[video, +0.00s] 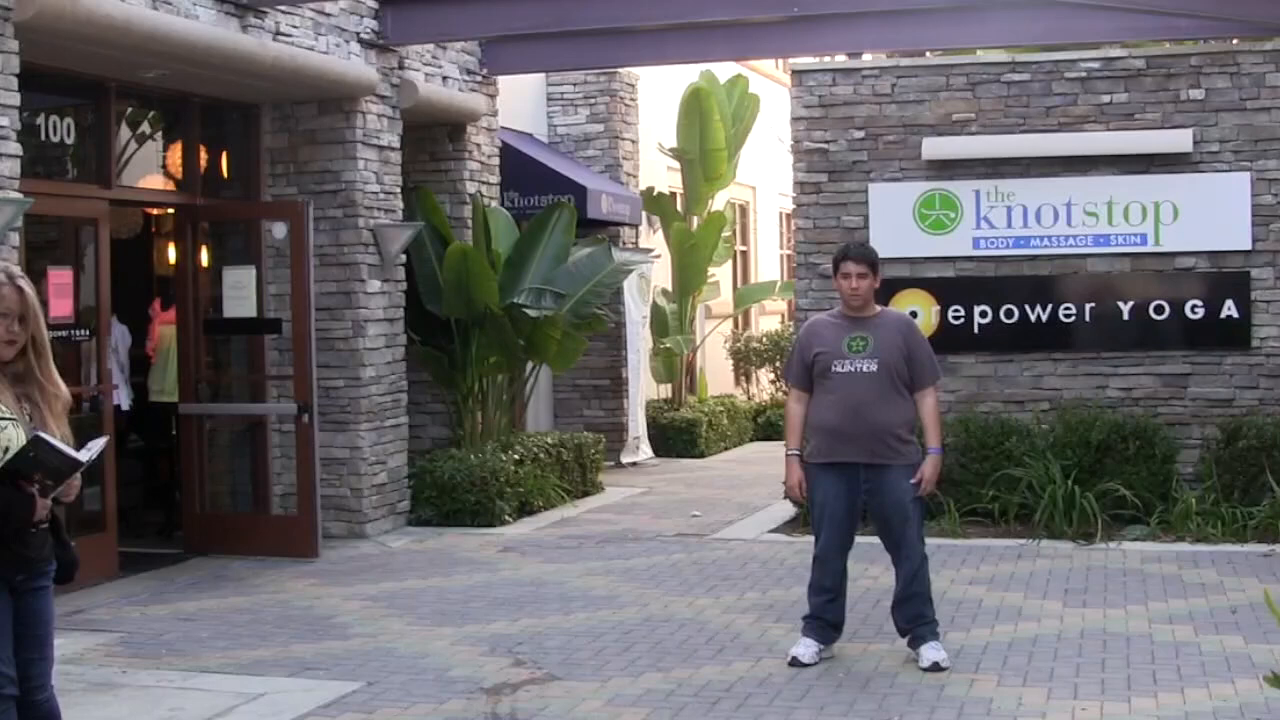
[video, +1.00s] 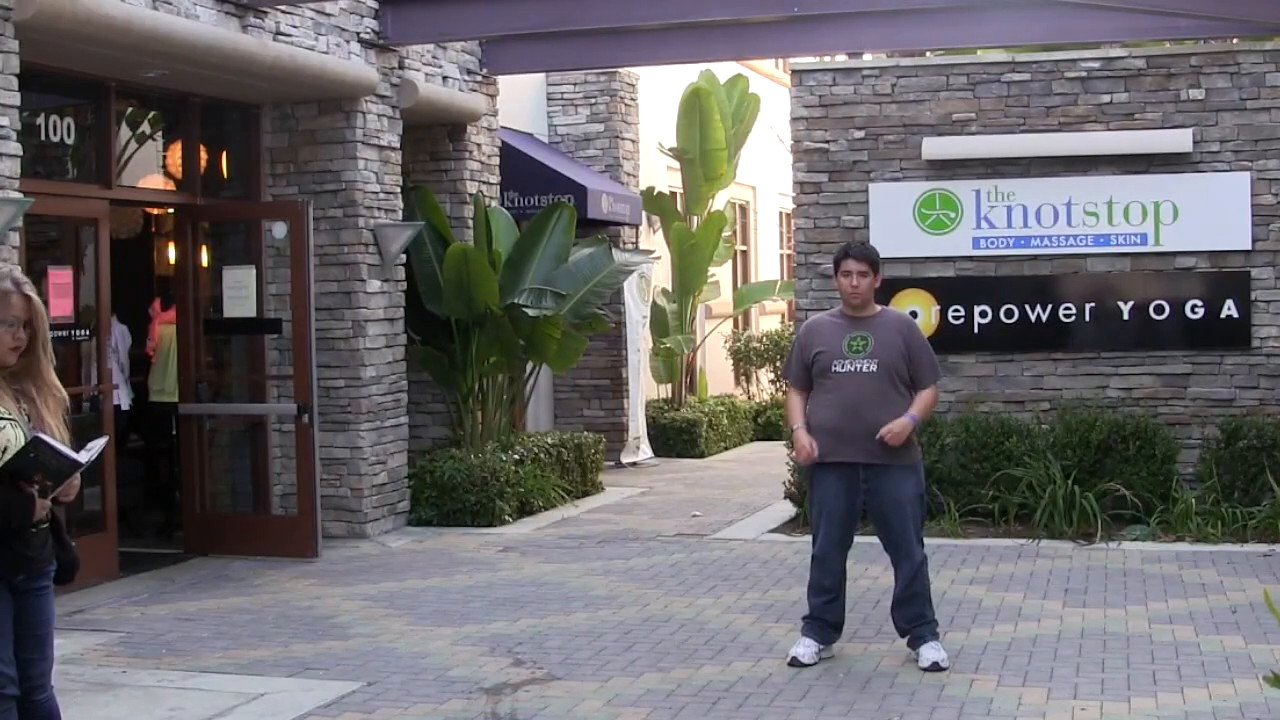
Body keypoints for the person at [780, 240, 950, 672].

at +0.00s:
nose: (853, 284)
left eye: (861, 276)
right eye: (845, 277)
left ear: (876, 280)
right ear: (834, 281)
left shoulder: (902, 328)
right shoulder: (813, 332)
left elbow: (925, 392)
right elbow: (798, 396)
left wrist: (934, 453)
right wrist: (792, 458)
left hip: (894, 462)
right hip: (829, 463)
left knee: (910, 552)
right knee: (828, 552)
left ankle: (924, 636)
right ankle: (817, 634)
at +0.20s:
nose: (852, 284)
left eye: (861, 277)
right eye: (845, 277)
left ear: (876, 280)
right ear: (834, 282)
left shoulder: (902, 328)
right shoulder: (813, 332)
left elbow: (926, 392)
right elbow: (798, 396)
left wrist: (934, 454)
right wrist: (792, 457)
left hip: (894, 462)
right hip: (829, 463)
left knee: (910, 553)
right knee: (827, 552)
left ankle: (923, 636)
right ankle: (817, 634)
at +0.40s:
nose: (852, 284)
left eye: (860, 276)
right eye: (844, 277)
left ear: (876, 280)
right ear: (834, 282)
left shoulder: (902, 327)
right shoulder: (813, 331)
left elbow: (926, 392)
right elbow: (798, 395)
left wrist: (933, 453)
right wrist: (792, 457)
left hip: (893, 463)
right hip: (828, 464)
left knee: (910, 553)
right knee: (827, 552)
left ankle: (923, 636)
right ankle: (817, 634)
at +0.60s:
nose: (852, 283)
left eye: (861, 276)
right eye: (845, 276)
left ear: (876, 279)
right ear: (835, 281)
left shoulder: (902, 327)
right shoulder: (812, 331)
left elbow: (927, 390)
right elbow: (798, 394)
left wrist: (925, 448)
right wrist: (792, 454)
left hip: (893, 461)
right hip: (829, 463)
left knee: (909, 553)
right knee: (827, 552)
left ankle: (923, 636)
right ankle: (816, 634)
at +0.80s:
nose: (853, 283)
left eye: (861, 276)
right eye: (845, 276)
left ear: (877, 279)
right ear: (835, 281)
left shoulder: (902, 327)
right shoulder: (813, 331)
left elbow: (928, 388)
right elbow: (797, 392)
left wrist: (913, 435)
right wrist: (794, 447)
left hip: (893, 462)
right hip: (830, 463)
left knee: (909, 553)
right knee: (827, 551)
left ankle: (923, 636)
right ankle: (817, 634)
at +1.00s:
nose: (853, 282)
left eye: (861, 275)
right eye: (846, 274)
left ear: (876, 279)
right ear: (835, 280)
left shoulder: (902, 327)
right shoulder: (812, 331)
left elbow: (928, 387)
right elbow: (797, 387)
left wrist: (910, 420)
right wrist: (799, 430)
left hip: (894, 462)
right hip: (831, 463)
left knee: (909, 553)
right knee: (826, 551)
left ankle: (923, 636)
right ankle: (817, 634)